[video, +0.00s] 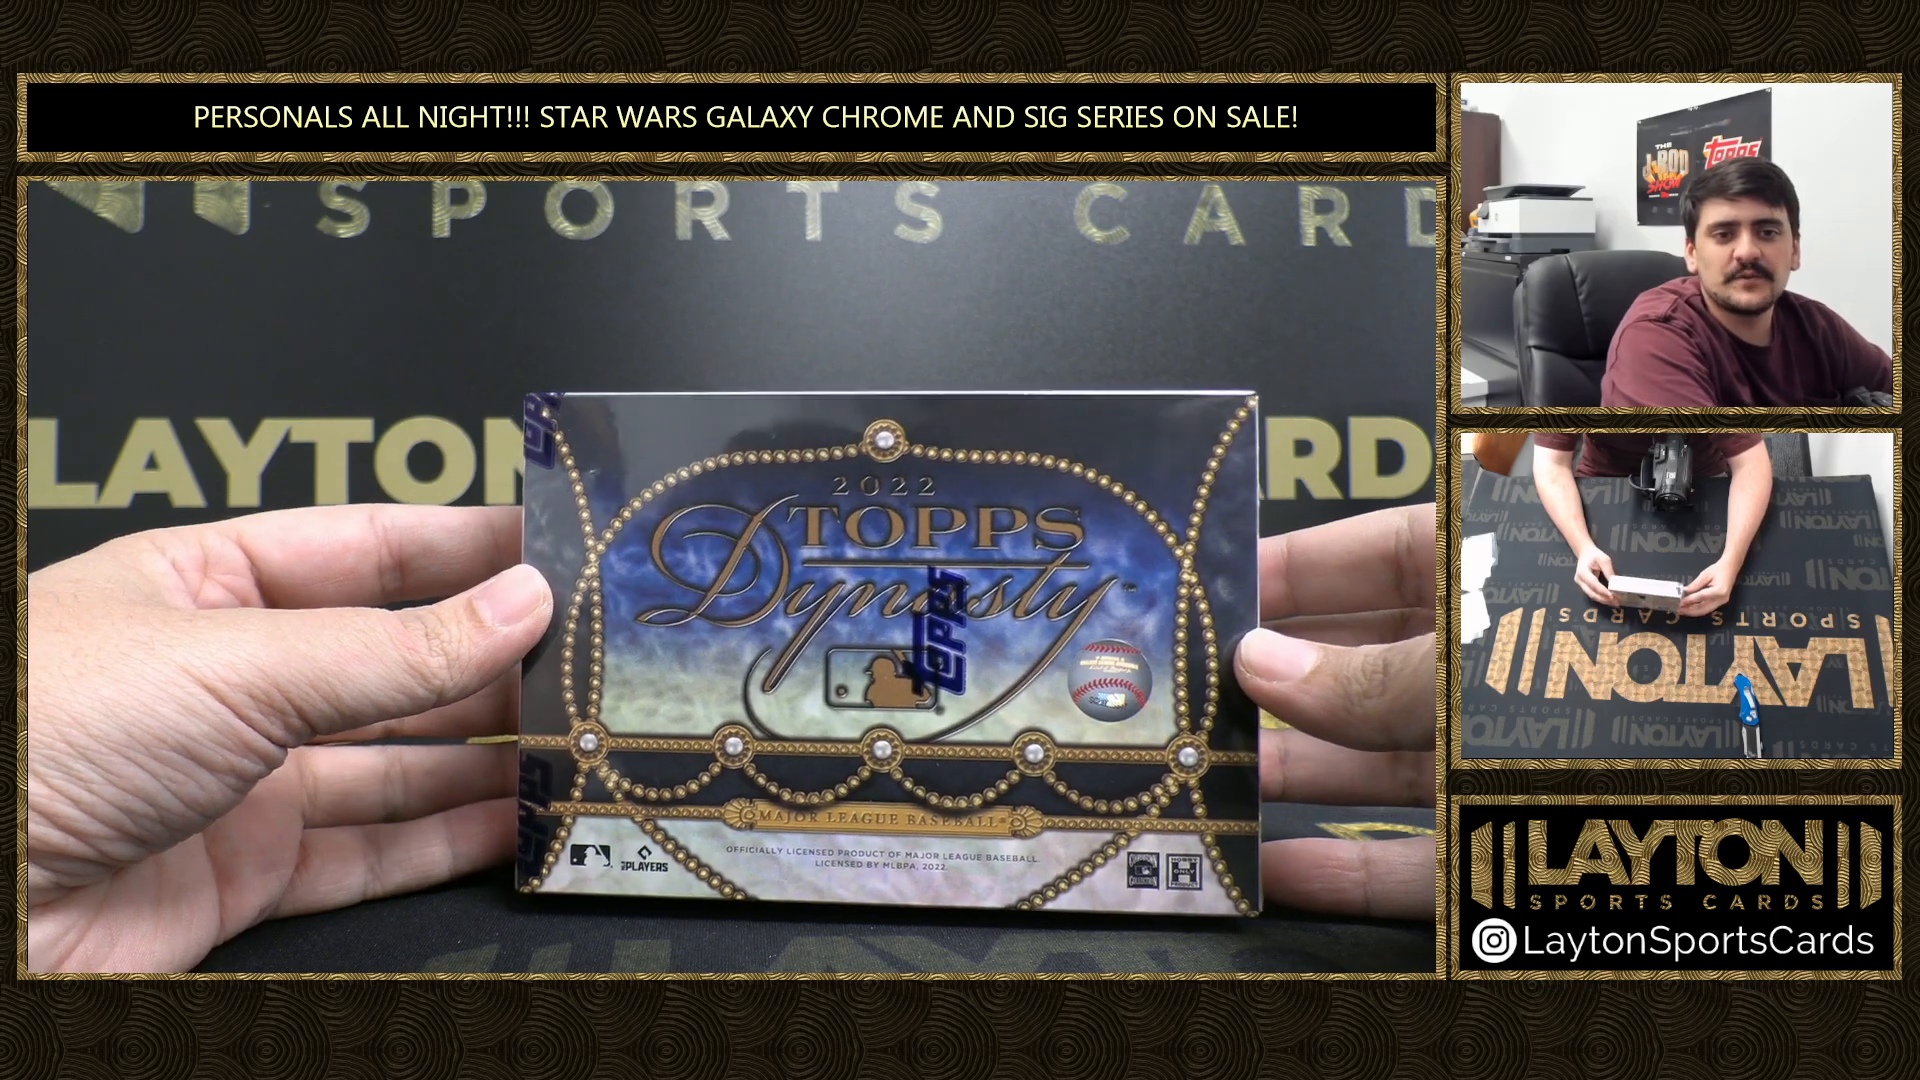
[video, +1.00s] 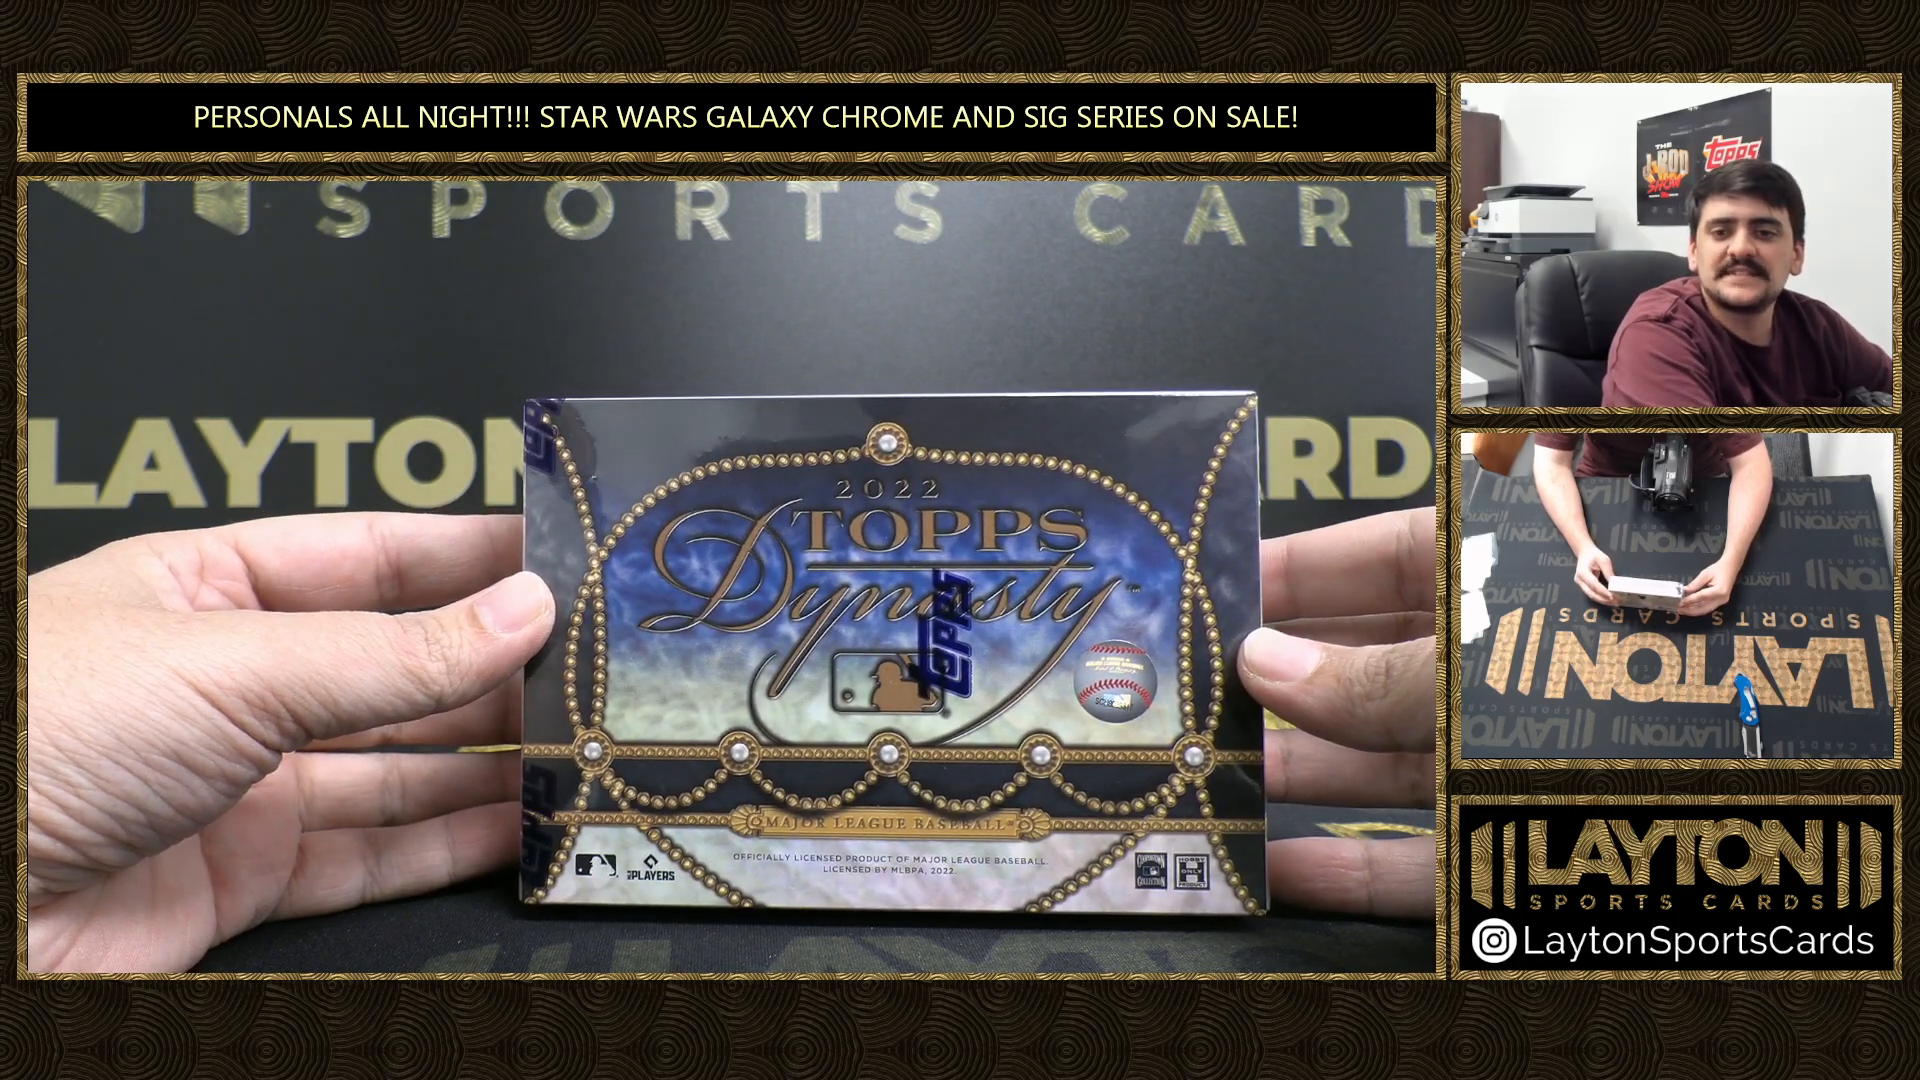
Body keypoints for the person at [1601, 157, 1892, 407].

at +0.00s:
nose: (1747, 252)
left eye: (1767, 233)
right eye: (1724, 235)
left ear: (1795, 251)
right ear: (1691, 254)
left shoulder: (1817, 329)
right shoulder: (1655, 333)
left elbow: (1897, 388)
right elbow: (1747, 460)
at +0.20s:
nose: (1745, 251)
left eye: (1765, 232)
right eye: (1723, 235)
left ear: (1794, 250)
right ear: (1691, 253)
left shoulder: (1817, 329)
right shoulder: (1655, 334)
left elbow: (1897, 389)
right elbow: (1747, 461)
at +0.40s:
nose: (1745, 252)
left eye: (1765, 233)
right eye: (1722, 235)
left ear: (1795, 251)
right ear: (1691, 254)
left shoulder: (1817, 329)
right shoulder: (1656, 333)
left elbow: (1897, 389)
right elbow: (1746, 461)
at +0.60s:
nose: (1741, 247)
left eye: (1764, 232)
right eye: (1721, 231)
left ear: (1795, 257)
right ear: (1691, 254)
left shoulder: (1817, 329)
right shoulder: (1655, 333)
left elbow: (1896, 389)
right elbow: (1746, 462)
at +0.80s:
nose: (1741, 247)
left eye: (1764, 232)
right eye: (1722, 230)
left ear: (1797, 255)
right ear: (1693, 253)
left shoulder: (1818, 328)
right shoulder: (1656, 333)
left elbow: (1896, 388)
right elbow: (1747, 462)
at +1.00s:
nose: (1741, 248)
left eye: (1764, 233)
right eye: (1721, 231)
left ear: (1796, 255)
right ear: (1693, 252)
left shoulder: (1818, 328)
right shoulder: (1657, 332)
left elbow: (1896, 388)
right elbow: (1747, 462)